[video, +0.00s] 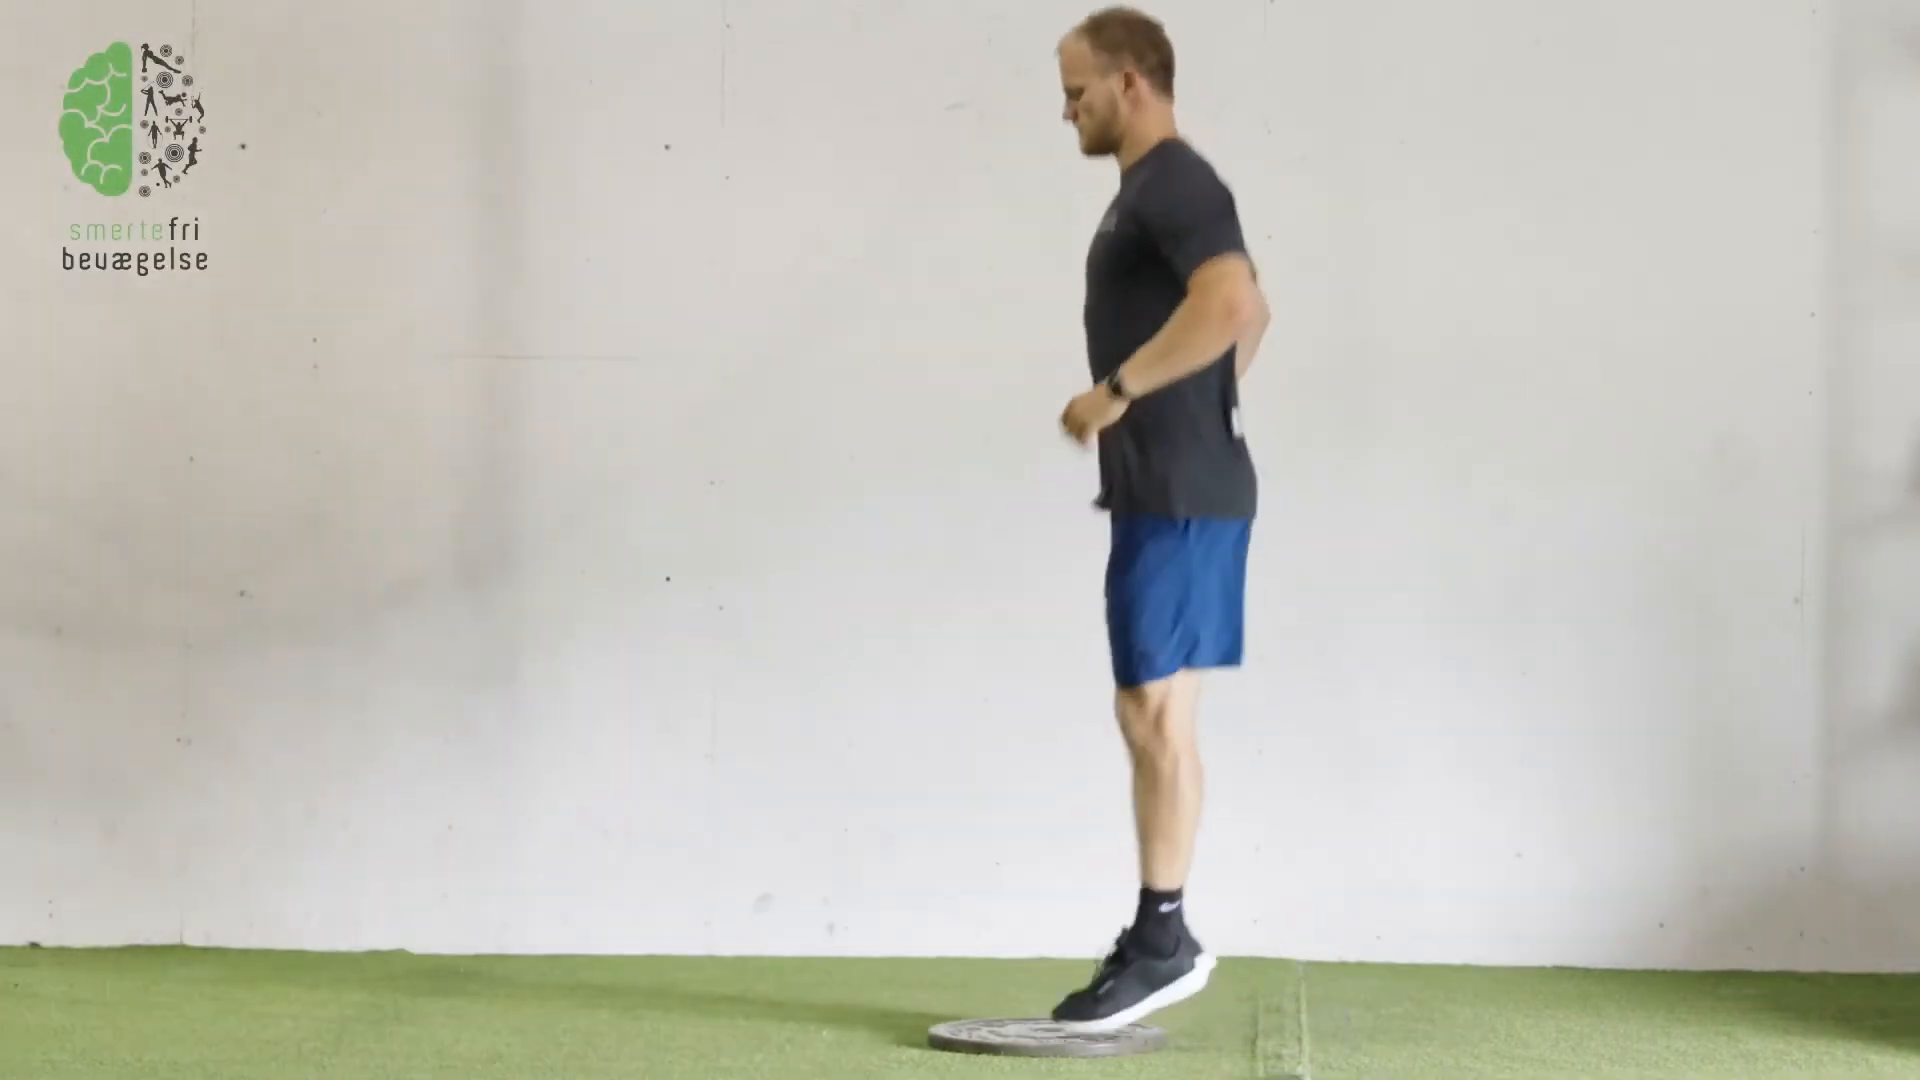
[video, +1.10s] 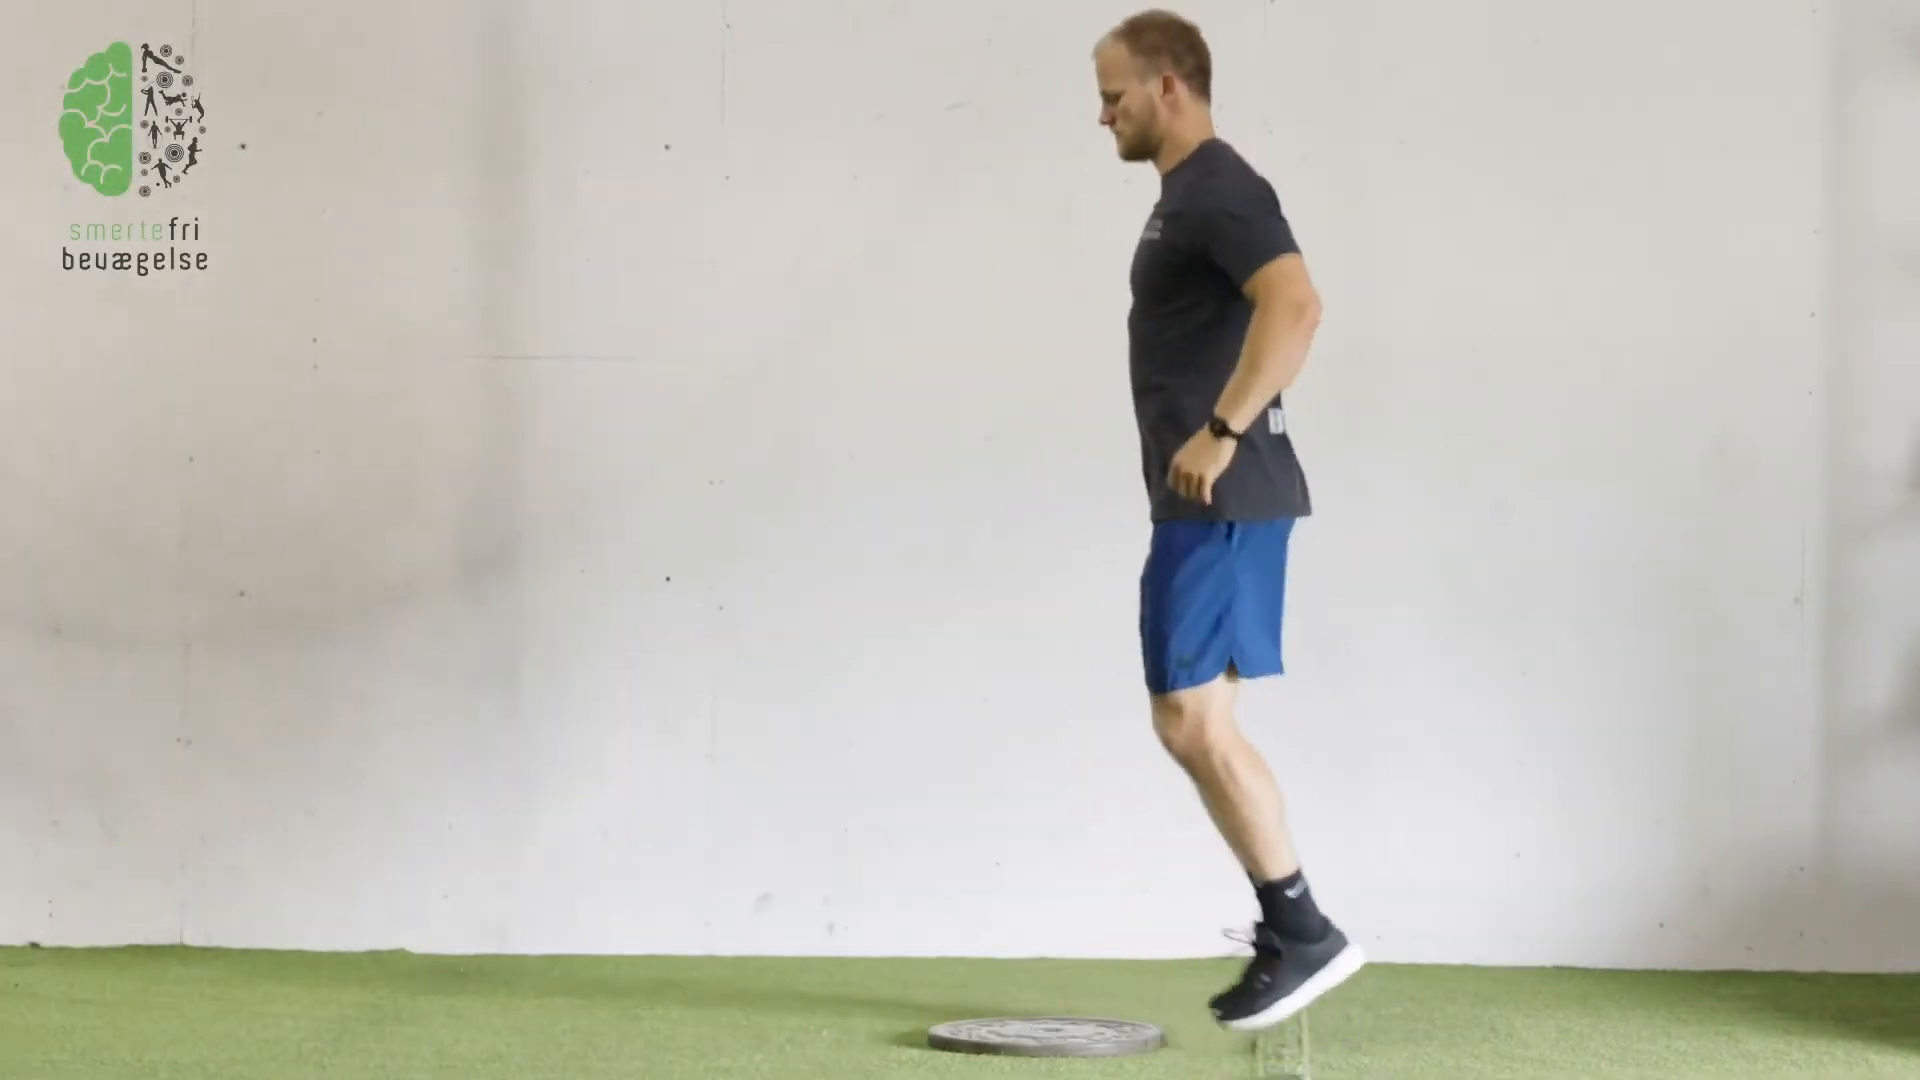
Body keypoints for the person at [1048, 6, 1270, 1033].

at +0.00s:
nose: (1068, 113)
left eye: (1076, 93)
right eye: (1066, 95)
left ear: (1129, 84)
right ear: (1131, 88)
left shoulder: (1170, 178)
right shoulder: (1178, 178)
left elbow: (1224, 304)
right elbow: (1247, 313)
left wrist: (1115, 390)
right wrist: (1173, 417)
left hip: (1173, 498)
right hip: (1180, 492)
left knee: (1153, 714)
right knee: (1159, 714)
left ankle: (1162, 941)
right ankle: (1160, 936)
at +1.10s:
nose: (1102, 114)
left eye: (1113, 95)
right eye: (1102, 98)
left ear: (1167, 88)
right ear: (1166, 91)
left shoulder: (1218, 185)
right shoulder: (1188, 192)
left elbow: (1292, 306)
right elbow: (1278, 314)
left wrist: (1220, 431)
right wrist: (1206, 435)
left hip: (1222, 502)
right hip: (1202, 501)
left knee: (1195, 719)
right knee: (1190, 722)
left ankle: (1298, 933)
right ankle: (1290, 932)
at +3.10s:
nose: (1110, 177)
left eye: (1121, 159)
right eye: (1110, 161)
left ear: (1176, 156)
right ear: (1175, 160)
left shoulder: (1224, 260)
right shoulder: (1189, 266)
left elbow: (1287, 392)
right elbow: (1228, 408)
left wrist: (1176, 483)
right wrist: (1146, 472)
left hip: (1238, 580)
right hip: (1220, 577)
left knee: (1212, 796)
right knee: (1215, 794)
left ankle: (1331, 990)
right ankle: (1319, 986)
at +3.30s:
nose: (1105, 87)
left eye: (1114, 68)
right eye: (1104, 70)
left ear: (1171, 60)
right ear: (1165, 64)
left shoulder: (1218, 151)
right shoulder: (1186, 161)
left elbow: (1279, 266)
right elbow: (1223, 283)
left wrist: (1159, 330)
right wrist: (1135, 318)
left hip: (1211, 470)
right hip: (1192, 468)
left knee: (1196, 689)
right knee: (1198, 691)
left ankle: (1268, 912)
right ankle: (1260, 910)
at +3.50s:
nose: (1081, 109)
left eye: (1090, 89)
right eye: (1079, 92)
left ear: (1148, 81)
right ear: (1144, 85)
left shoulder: (1191, 177)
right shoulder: (1165, 183)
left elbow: (1238, 309)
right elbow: (1214, 325)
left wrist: (1119, 385)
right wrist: (1125, 404)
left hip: (1197, 491)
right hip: (1175, 488)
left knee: (1147, 715)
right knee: (1141, 714)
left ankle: (1172, 950)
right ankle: (1163, 946)